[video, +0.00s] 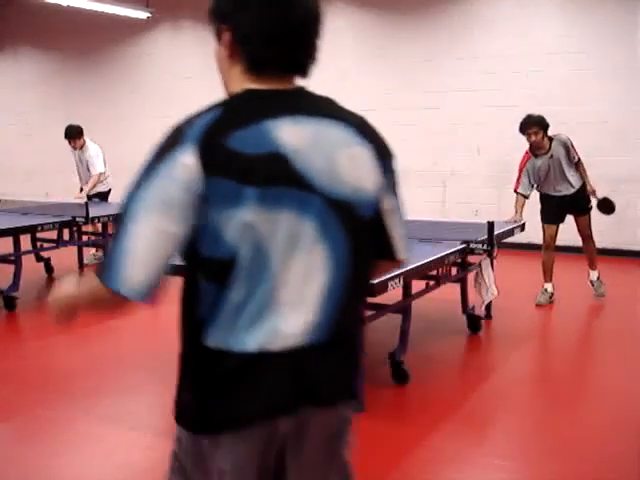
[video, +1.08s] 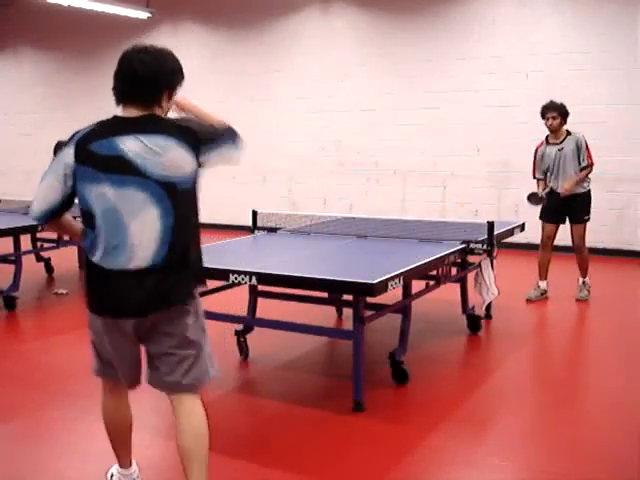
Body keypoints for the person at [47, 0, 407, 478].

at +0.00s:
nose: (216, 50)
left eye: (216, 38)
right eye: (217, 38)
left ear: (227, 41)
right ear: (305, 43)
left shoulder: (201, 139)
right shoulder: (361, 139)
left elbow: (127, 278)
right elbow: (388, 254)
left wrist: (74, 292)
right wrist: (319, 270)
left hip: (225, 398)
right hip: (326, 392)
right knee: (322, 473)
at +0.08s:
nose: (208, 49)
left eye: (208, 37)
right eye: (210, 36)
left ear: (220, 41)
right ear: (297, 40)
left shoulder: (190, 135)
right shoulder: (351, 135)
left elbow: (114, 267)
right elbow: (377, 252)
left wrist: (74, 279)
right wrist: (308, 263)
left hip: (220, 390)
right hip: (319, 382)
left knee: (204, 472)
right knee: (311, 472)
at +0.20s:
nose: (188, 47)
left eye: (189, 37)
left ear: (195, 43)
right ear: (271, 44)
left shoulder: (158, 128)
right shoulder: (318, 132)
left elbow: (88, 230)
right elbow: (348, 244)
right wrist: (280, 263)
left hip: (199, 368)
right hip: (291, 361)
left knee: (195, 471)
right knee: (260, 460)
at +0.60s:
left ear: (156, 63)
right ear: (221, 68)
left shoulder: (124, 135)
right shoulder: (246, 141)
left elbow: (104, 212)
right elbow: (291, 226)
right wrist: (287, 237)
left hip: (151, 324)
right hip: (226, 319)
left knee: (137, 439)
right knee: (212, 430)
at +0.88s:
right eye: (189, 75)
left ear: (131, 79)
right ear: (187, 81)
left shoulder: (104, 140)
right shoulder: (212, 139)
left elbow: (69, 220)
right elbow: (272, 203)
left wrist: (97, 242)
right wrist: (285, 190)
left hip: (132, 301)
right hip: (199, 297)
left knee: (123, 400)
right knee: (198, 412)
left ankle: (121, 479)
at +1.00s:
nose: (178, 92)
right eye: (179, 86)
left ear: (124, 87)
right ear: (175, 90)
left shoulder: (93, 145)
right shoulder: (200, 141)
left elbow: (53, 220)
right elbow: (256, 183)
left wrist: (91, 248)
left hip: (123, 302)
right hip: (188, 298)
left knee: (121, 397)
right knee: (193, 407)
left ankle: (126, 472)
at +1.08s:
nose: (176, 95)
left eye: (175, 88)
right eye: (174, 90)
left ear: (117, 88)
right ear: (165, 94)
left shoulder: (81, 144)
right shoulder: (182, 138)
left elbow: (44, 211)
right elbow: (231, 138)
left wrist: (77, 230)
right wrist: (182, 104)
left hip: (109, 293)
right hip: (171, 290)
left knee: (115, 382)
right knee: (186, 392)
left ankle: (124, 471)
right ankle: (198, 478)